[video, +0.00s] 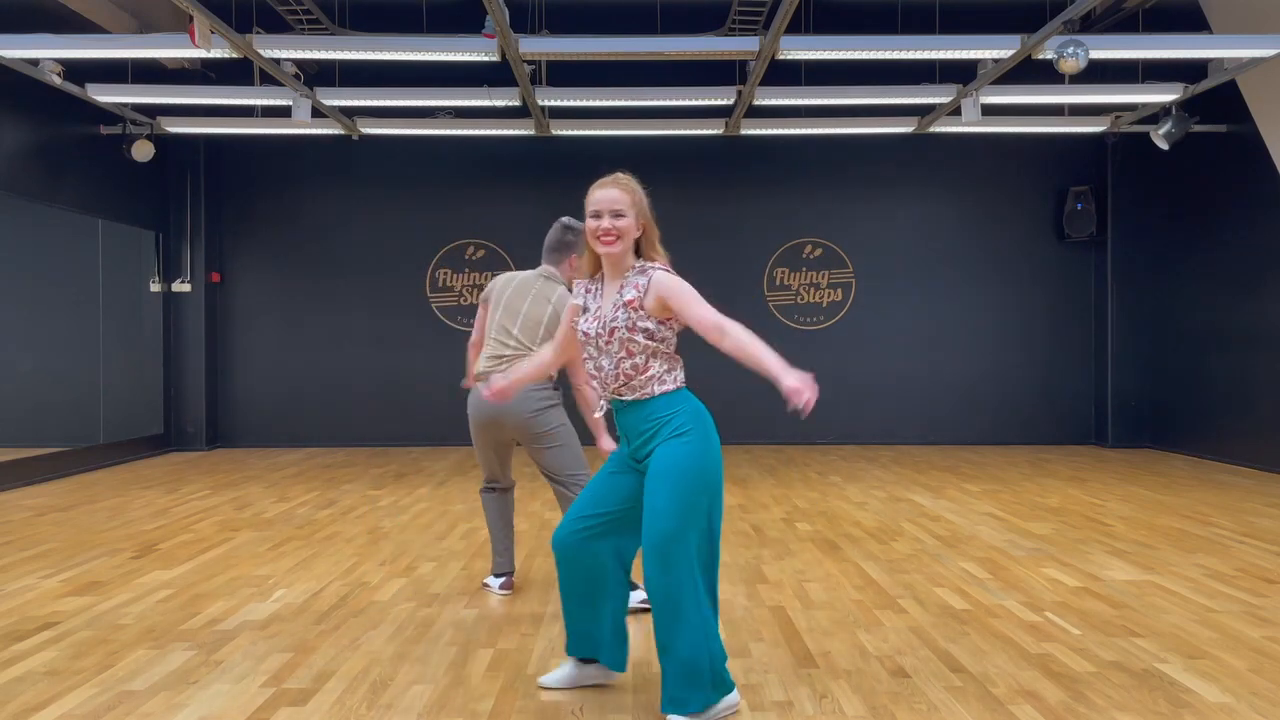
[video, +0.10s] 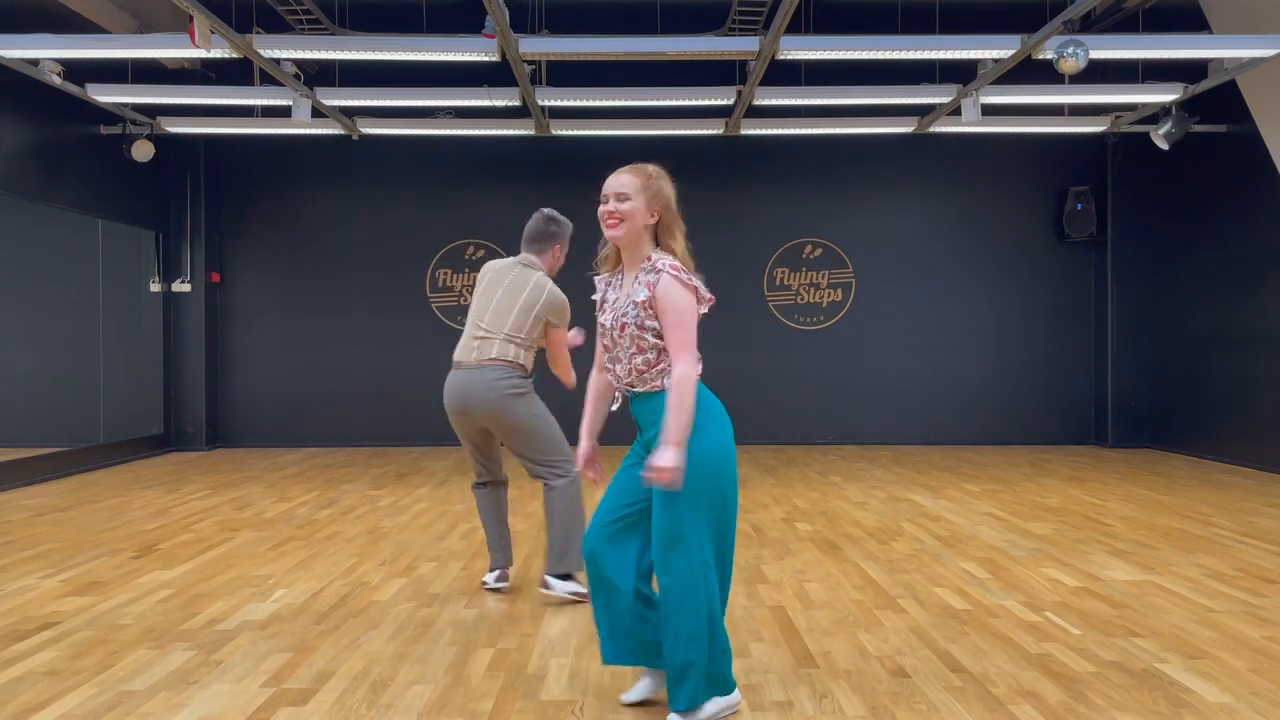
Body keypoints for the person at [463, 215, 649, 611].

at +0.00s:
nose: (585, 269)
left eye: (586, 262)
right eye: (585, 261)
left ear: (544, 254)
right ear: (572, 260)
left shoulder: (499, 283)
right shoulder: (570, 302)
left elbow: (475, 343)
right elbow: (580, 381)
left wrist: (474, 382)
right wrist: (603, 436)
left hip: (483, 399)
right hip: (535, 401)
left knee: (496, 484)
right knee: (576, 485)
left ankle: (501, 574)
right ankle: (618, 584)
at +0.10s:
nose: (564, 258)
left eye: (564, 251)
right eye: (565, 251)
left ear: (524, 242)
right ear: (557, 251)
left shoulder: (489, 269)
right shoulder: (553, 297)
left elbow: (510, 323)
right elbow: (561, 366)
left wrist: (560, 337)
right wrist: (571, 379)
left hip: (457, 383)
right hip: (502, 384)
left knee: (488, 477)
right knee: (561, 472)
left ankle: (499, 567)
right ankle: (560, 573)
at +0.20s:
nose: (540, 251)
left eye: (538, 245)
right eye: (540, 246)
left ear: (499, 241)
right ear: (535, 249)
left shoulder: (473, 273)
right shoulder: (537, 284)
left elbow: (513, 305)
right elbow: (556, 335)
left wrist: (568, 295)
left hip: (438, 382)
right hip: (476, 385)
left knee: (483, 469)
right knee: (526, 461)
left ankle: (459, 558)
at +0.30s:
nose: (525, 255)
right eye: (525, 250)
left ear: (480, 250)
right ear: (518, 254)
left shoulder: (463, 282)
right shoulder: (520, 288)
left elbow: (500, 321)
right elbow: (555, 332)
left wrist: (531, 304)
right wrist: (549, 289)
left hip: (425, 389)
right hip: (456, 397)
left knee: (464, 482)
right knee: (502, 474)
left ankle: (446, 564)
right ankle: (442, 548)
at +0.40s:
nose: (507, 267)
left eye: (504, 263)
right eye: (506, 262)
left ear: (466, 262)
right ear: (502, 266)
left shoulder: (453, 295)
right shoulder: (505, 298)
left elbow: (505, 346)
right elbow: (543, 345)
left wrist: (518, 306)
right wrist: (523, 308)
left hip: (411, 400)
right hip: (434, 408)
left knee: (468, 484)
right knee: (496, 480)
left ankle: (444, 565)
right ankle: (409, 509)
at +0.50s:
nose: (500, 280)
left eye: (501, 272)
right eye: (500, 272)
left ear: (464, 270)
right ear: (487, 273)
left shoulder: (447, 300)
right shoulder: (481, 303)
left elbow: (474, 370)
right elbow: (513, 368)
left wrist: (510, 340)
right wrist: (508, 340)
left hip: (436, 410)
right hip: (412, 410)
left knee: (479, 480)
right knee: (463, 499)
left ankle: (445, 568)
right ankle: (374, 504)